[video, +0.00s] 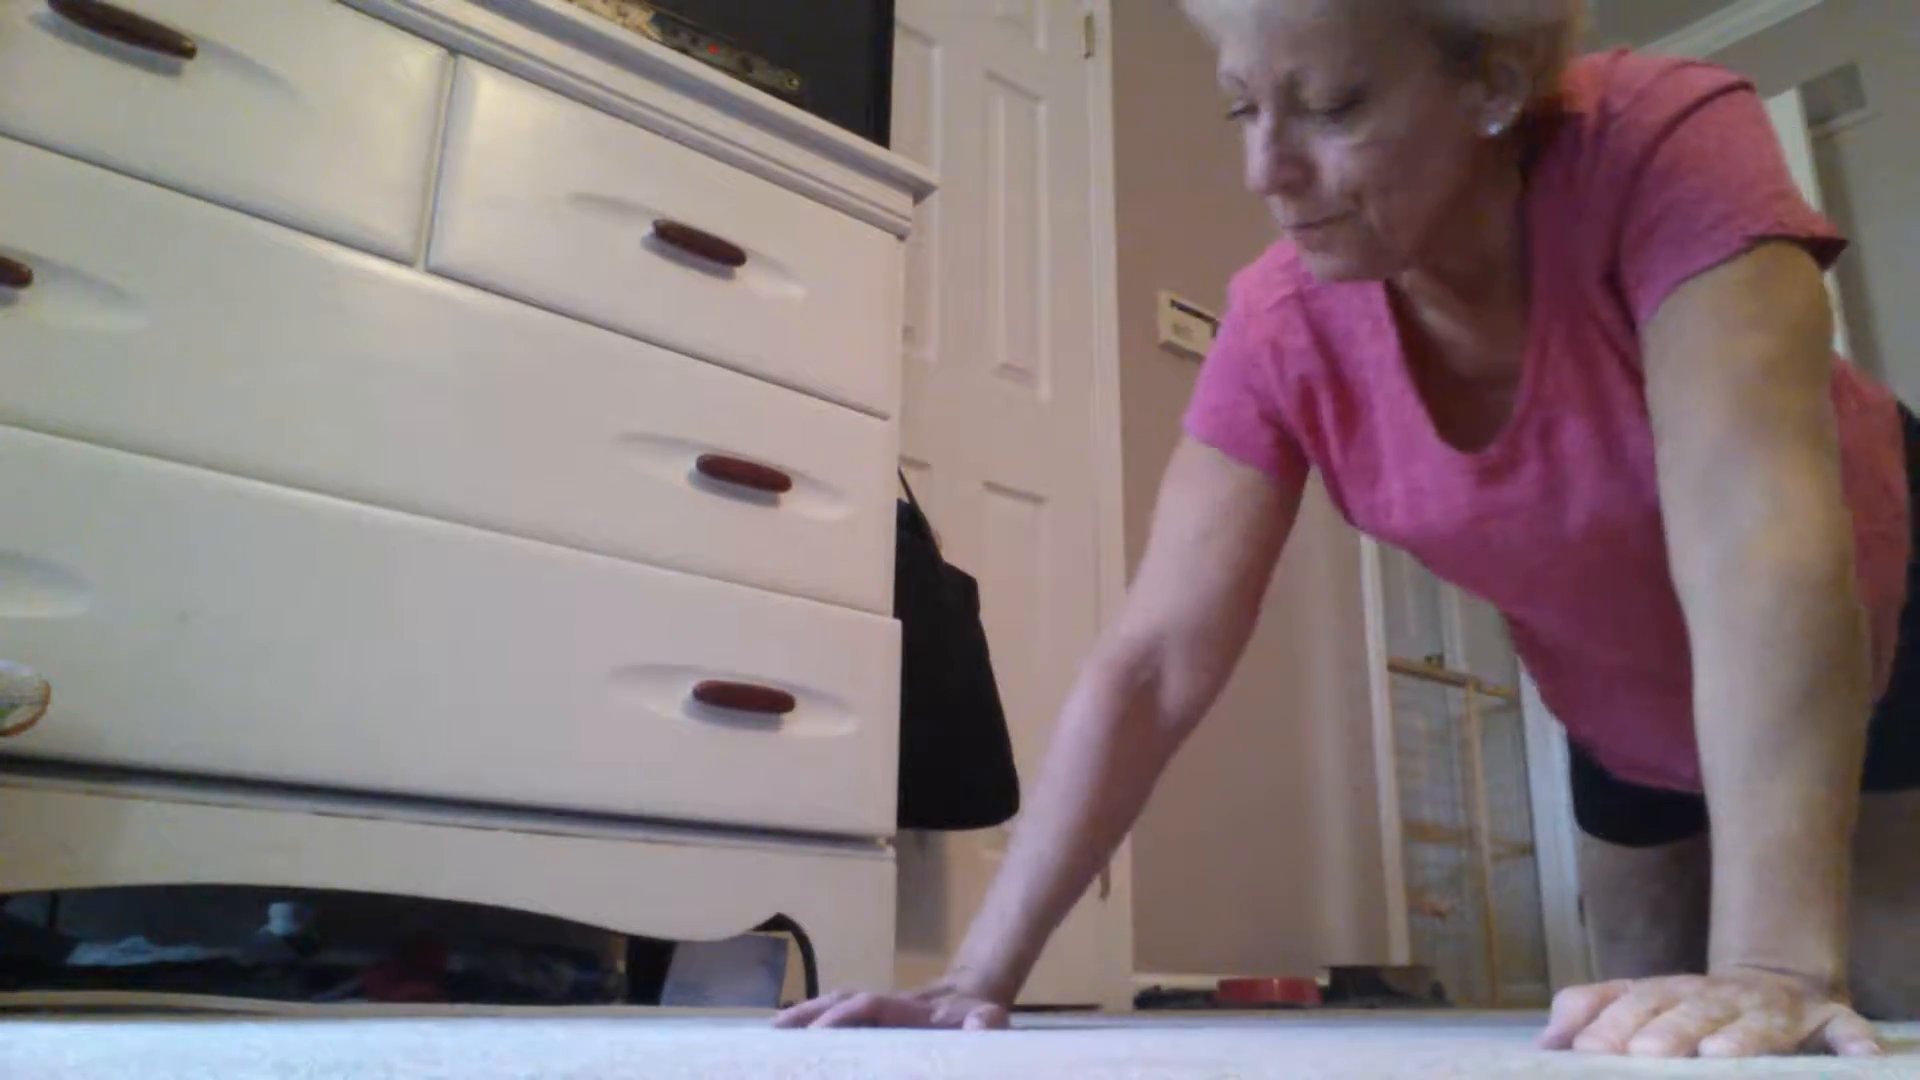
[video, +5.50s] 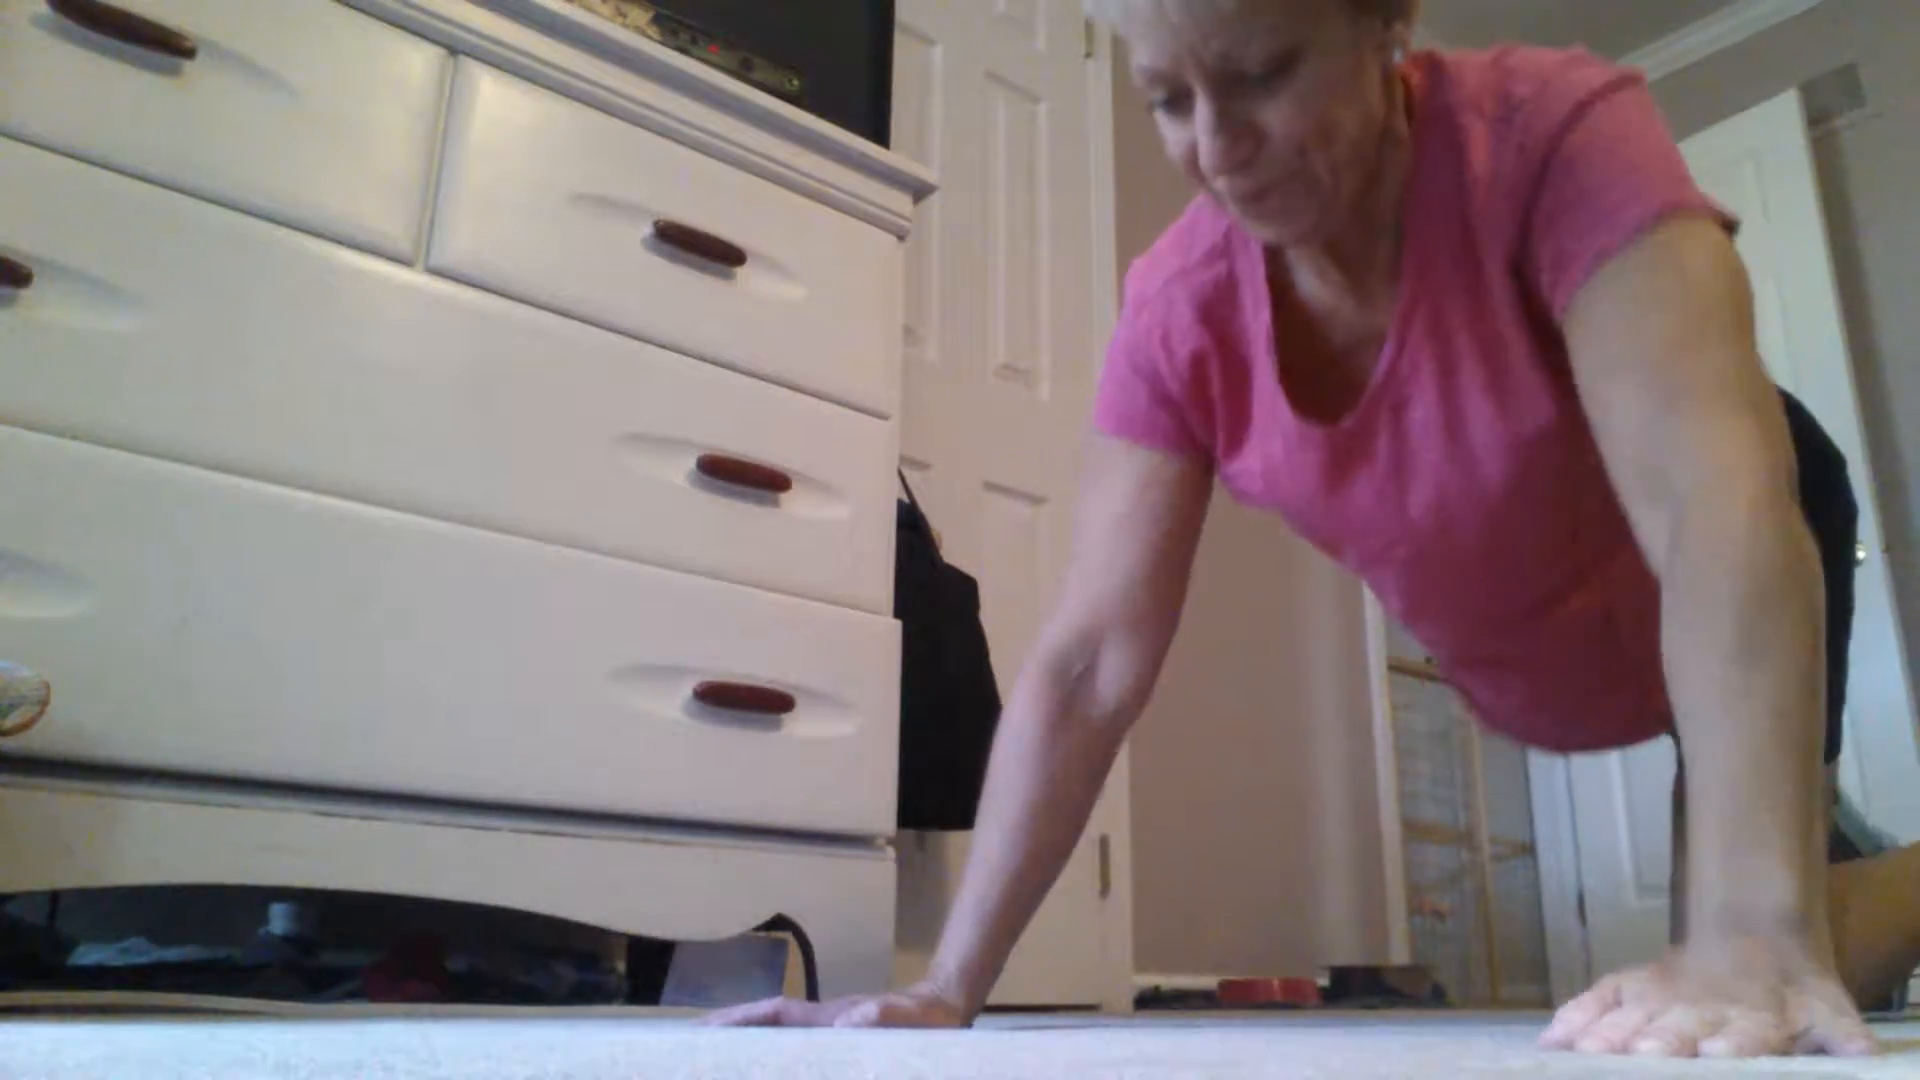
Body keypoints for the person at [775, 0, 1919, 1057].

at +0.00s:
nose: (1272, 165)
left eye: (1328, 105)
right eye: (1248, 109)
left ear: (1494, 81)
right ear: (1225, 95)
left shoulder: (1670, 143)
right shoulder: (1286, 315)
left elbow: (1767, 537)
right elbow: (1153, 666)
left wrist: (1775, 973)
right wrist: (976, 980)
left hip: (1866, 658)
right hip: (1633, 716)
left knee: (1858, 1039)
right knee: (1644, 1044)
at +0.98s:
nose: (1238, 32)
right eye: (1177, 7)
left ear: (1355, 25)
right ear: (1113, 75)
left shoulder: (1515, 158)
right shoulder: (1115, 317)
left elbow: (1663, 527)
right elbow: (1060, 670)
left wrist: (1762, 966)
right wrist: (952, 979)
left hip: (1722, 599)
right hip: (1532, 722)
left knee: (1865, 998)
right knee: (1661, 1027)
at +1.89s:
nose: (1116, 143)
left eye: (1154, 74)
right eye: (1062, 108)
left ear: (1261, 64)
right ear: (1032, 140)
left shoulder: (1437, 192)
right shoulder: (1083, 331)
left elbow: (1630, 538)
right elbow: (1043, 675)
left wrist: (1756, 973)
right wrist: (949, 985)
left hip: (1682, 542)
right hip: (1504, 657)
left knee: (1777, 948)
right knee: (1644, 997)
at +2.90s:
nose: (1099, 195)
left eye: (1145, 120)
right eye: (1057, 139)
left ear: (1300, 58)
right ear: (1029, 122)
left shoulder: (1510, 153)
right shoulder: (1120, 317)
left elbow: (1706, 516)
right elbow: (1060, 672)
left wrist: (1767, 966)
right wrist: (950, 983)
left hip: (1694, 583)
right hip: (1529, 694)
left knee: (1784, 920)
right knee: (1691, 843)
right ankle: (1867, 925)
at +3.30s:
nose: (1267, 140)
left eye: (1316, 60)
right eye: (1206, 90)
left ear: (1415, 28)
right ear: (1159, 95)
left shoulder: (1583, 129)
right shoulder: (1175, 308)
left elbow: (1728, 515)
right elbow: (1086, 681)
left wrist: (1769, 966)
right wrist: (954, 981)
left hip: (1739, 576)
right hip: (1562, 673)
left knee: (1775, 924)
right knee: (1751, 910)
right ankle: (1877, 926)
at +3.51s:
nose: (1382, 116)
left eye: (1432, 45)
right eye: (1313, 62)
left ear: (1500, 33)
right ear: (1222, 71)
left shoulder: (1625, 131)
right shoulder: (1196, 302)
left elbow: (1736, 518)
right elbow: (1092, 676)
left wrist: (1770, 965)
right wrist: (953, 980)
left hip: (1751, 578)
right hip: (1556, 678)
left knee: (1777, 932)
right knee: (1765, 925)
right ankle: (1876, 922)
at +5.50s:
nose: (1217, 142)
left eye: (1258, 77)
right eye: (1173, 97)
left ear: (1389, 48)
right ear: (1141, 95)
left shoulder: (1558, 134)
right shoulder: (1183, 304)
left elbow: (1722, 502)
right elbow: (1087, 667)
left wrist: (1751, 931)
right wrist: (951, 981)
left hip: (1734, 566)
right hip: (1560, 670)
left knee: (1767, 944)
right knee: (1790, 903)